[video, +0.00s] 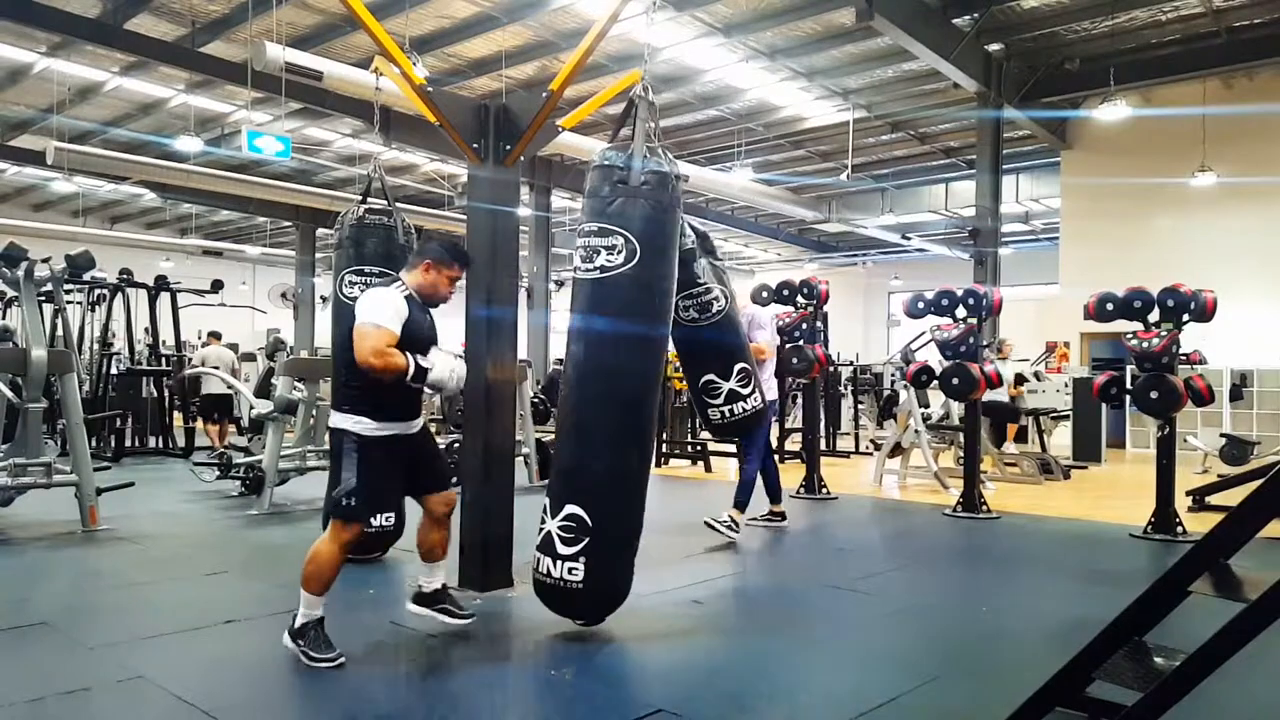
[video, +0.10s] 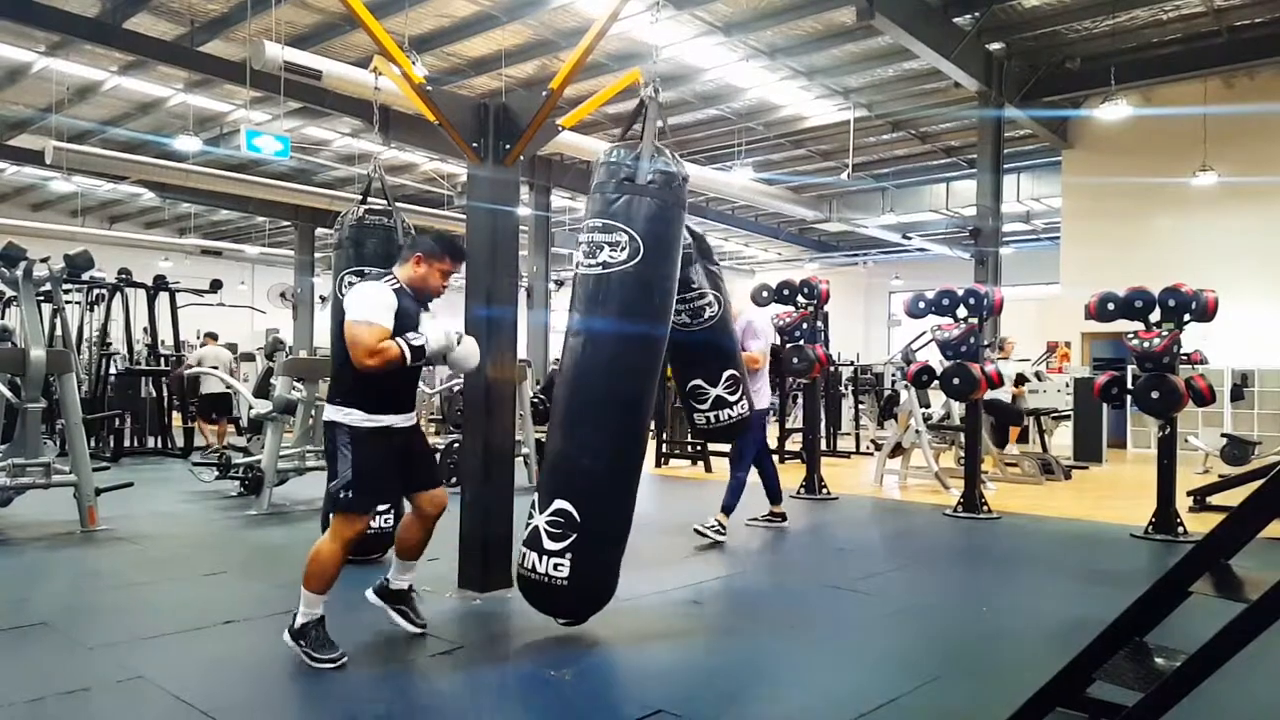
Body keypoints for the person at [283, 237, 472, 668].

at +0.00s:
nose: (452, 292)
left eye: (456, 284)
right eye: (451, 282)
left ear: (429, 273)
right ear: (427, 270)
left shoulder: (418, 310)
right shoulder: (383, 300)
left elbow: (411, 360)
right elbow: (370, 356)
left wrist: (444, 367)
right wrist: (429, 370)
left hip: (409, 431)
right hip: (362, 433)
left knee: (442, 501)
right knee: (344, 530)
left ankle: (430, 591)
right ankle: (305, 624)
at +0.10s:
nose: (446, 286)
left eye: (450, 279)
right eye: (444, 276)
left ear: (425, 268)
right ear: (417, 262)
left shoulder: (415, 306)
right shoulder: (371, 294)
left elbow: (407, 360)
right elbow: (367, 356)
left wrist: (445, 355)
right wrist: (425, 346)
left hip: (402, 424)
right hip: (357, 426)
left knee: (431, 502)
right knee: (348, 527)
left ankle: (396, 588)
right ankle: (305, 621)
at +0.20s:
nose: (440, 301)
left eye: (444, 292)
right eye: (438, 289)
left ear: (417, 281)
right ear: (413, 277)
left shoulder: (411, 321)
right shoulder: (364, 313)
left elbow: (413, 378)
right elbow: (371, 374)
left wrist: (448, 368)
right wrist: (423, 347)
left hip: (399, 444)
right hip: (355, 446)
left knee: (428, 517)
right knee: (338, 543)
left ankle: (383, 596)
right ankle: (296, 633)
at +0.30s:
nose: (447, 298)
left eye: (451, 290)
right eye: (446, 288)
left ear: (425, 278)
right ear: (422, 275)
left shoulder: (417, 315)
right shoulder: (377, 305)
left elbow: (418, 367)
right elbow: (372, 364)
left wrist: (450, 360)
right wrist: (429, 368)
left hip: (405, 436)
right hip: (361, 438)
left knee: (438, 507)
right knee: (342, 531)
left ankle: (396, 589)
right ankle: (300, 628)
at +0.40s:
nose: (456, 294)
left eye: (460, 287)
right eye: (456, 284)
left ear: (435, 272)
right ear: (435, 270)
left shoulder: (425, 307)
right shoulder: (393, 295)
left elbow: (424, 353)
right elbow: (378, 349)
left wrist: (455, 346)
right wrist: (432, 375)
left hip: (411, 427)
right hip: (368, 427)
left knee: (429, 511)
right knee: (354, 525)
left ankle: (429, 599)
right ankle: (306, 622)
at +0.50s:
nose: (465, 306)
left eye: (468, 298)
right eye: (465, 296)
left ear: (445, 286)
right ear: (446, 285)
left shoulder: (434, 319)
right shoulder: (406, 309)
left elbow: (438, 361)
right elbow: (393, 359)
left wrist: (471, 356)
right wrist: (444, 385)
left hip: (423, 443)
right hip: (385, 444)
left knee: (432, 528)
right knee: (359, 534)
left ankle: (453, 604)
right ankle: (303, 627)